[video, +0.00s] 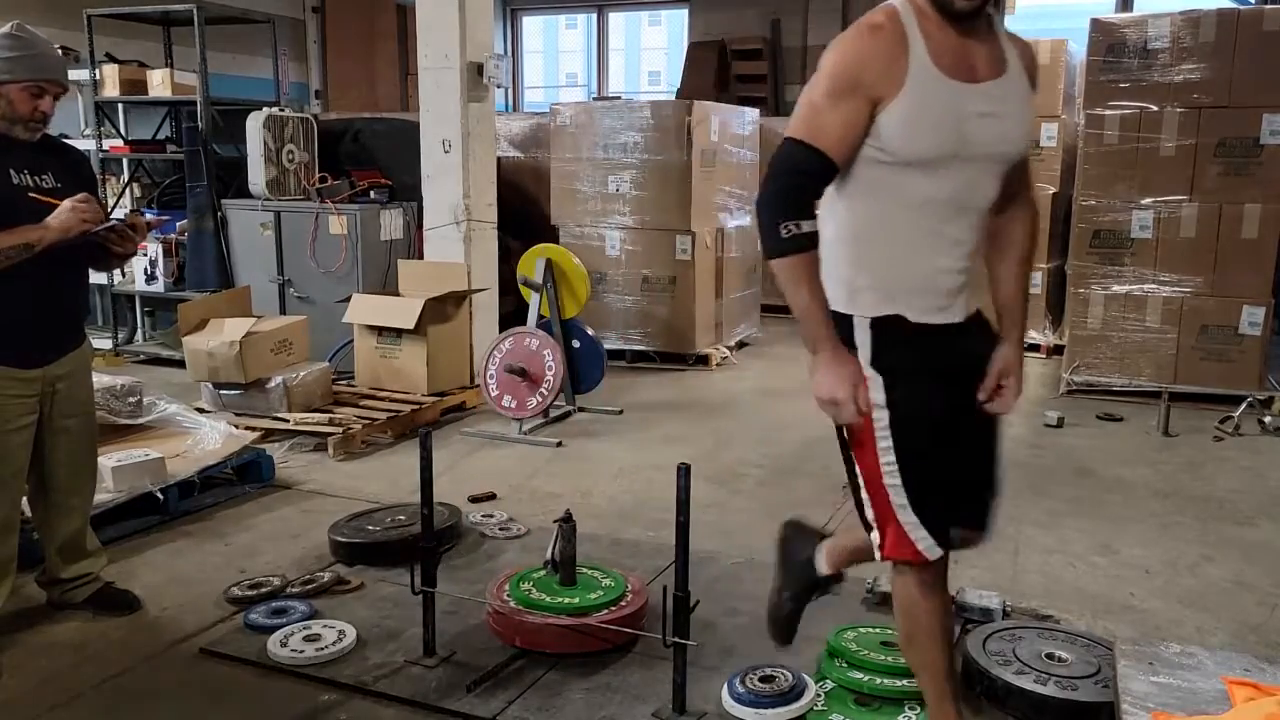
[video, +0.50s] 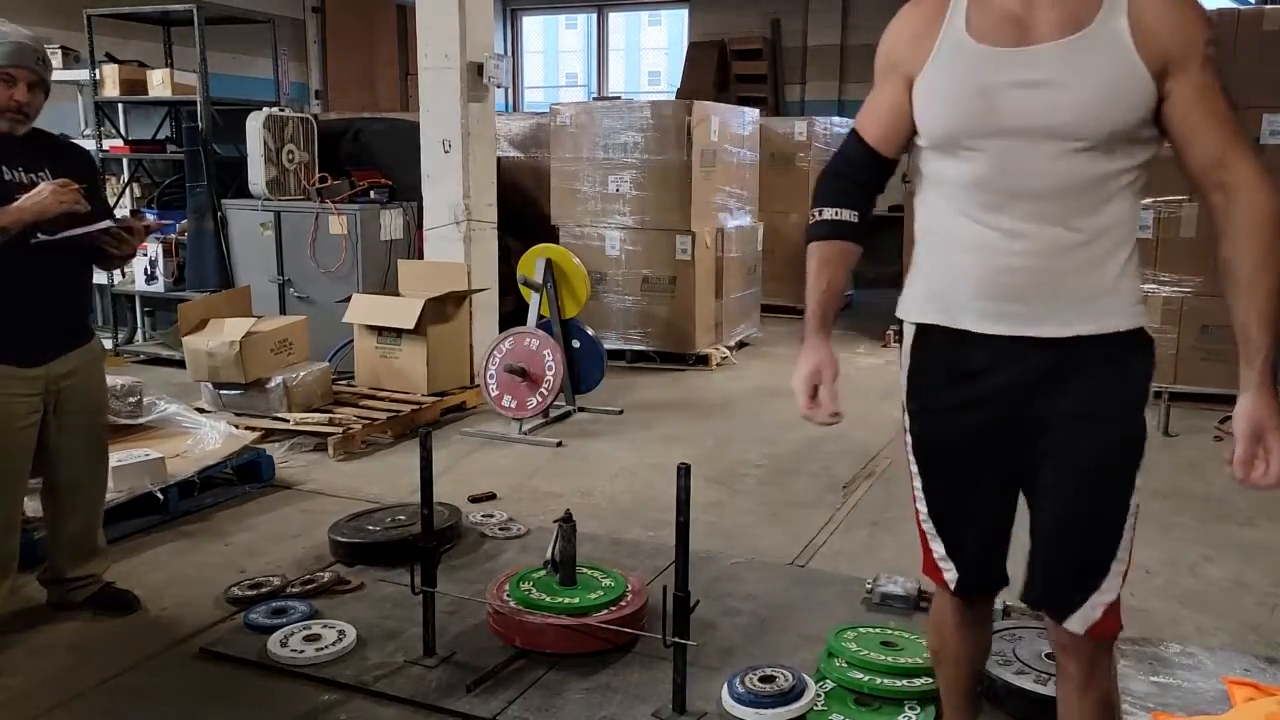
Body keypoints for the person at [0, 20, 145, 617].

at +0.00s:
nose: (47, 107)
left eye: (55, 96)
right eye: (36, 93)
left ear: (61, 95)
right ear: (1, 85)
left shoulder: (69, 160)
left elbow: (87, 250)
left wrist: (118, 248)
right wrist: (47, 231)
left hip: (67, 350)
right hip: (6, 359)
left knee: (70, 476)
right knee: (6, 492)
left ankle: (73, 579)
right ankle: (1, 599)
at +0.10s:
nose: (39, 103)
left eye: (51, 92)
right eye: (27, 87)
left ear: (59, 94)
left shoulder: (69, 159)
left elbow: (84, 250)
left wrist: (115, 248)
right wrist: (45, 227)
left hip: (66, 348)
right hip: (6, 356)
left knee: (70, 473)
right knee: (8, 488)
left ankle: (73, 579)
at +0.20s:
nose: (29, 99)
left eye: (43, 89)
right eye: (17, 83)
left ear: (54, 94)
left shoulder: (68, 160)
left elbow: (88, 248)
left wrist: (116, 247)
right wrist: (37, 225)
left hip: (66, 349)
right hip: (4, 358)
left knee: (70, 475)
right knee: (7, 491)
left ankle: (73, 580)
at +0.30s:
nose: (18, 95)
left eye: (33, 85)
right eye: (8, 79)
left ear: (48, 96)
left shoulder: (69, 160)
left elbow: (91, 250)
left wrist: (118, 247)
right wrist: (30, 222)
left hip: (66, 349)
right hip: (5, 358)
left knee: (71, 476)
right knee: (7, 491)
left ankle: (74, 580)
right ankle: (1, 597)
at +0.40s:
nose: (14, 93)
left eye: (28, 84)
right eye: (4, 78)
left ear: (46, 96)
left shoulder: (70, 160)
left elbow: (95, 249)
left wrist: (120, 249)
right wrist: (26, 216)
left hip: (69, 349)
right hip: (5, 357)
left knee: (74, 477)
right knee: (6, 491)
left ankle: (76, 579)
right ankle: (3, 596)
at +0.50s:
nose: (17, 96)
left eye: (30, 86)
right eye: (6, 82)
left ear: (46, 95)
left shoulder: (73, 160)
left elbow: (102, 245)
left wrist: (123, 247)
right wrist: (24, 211)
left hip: (74, 348)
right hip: (6, 357)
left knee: (81, 474)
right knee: (7, 488)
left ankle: (76, 581)